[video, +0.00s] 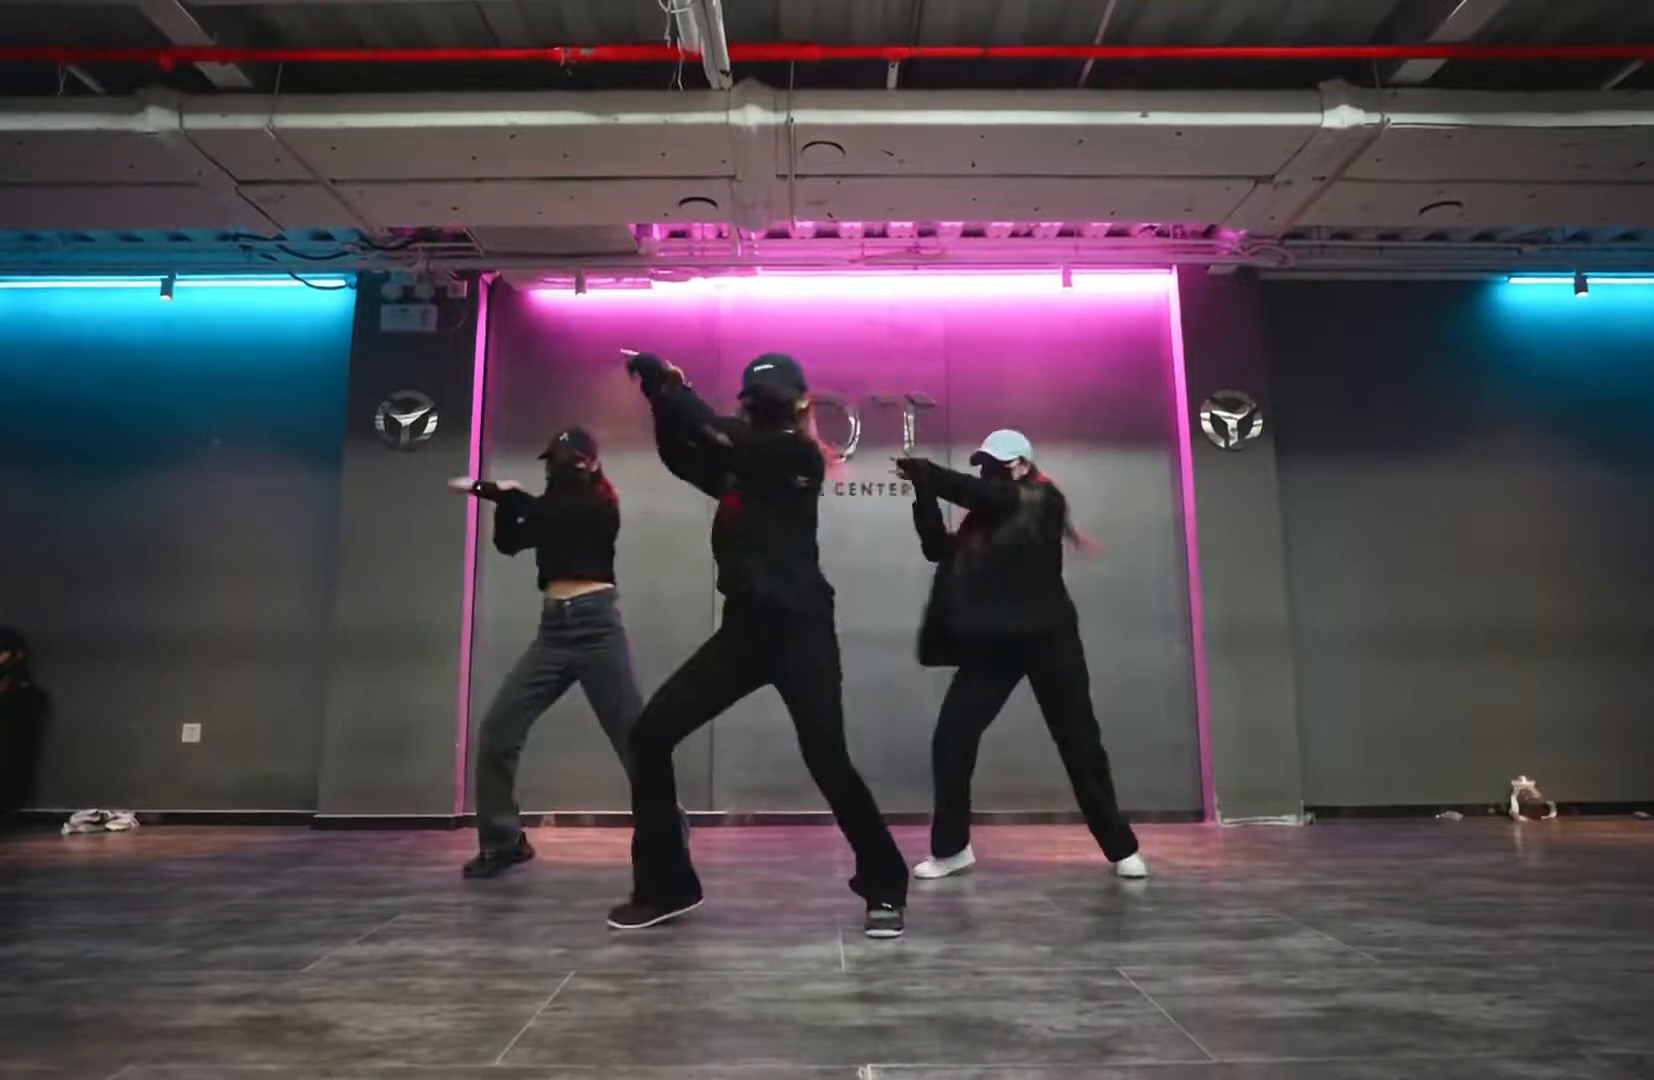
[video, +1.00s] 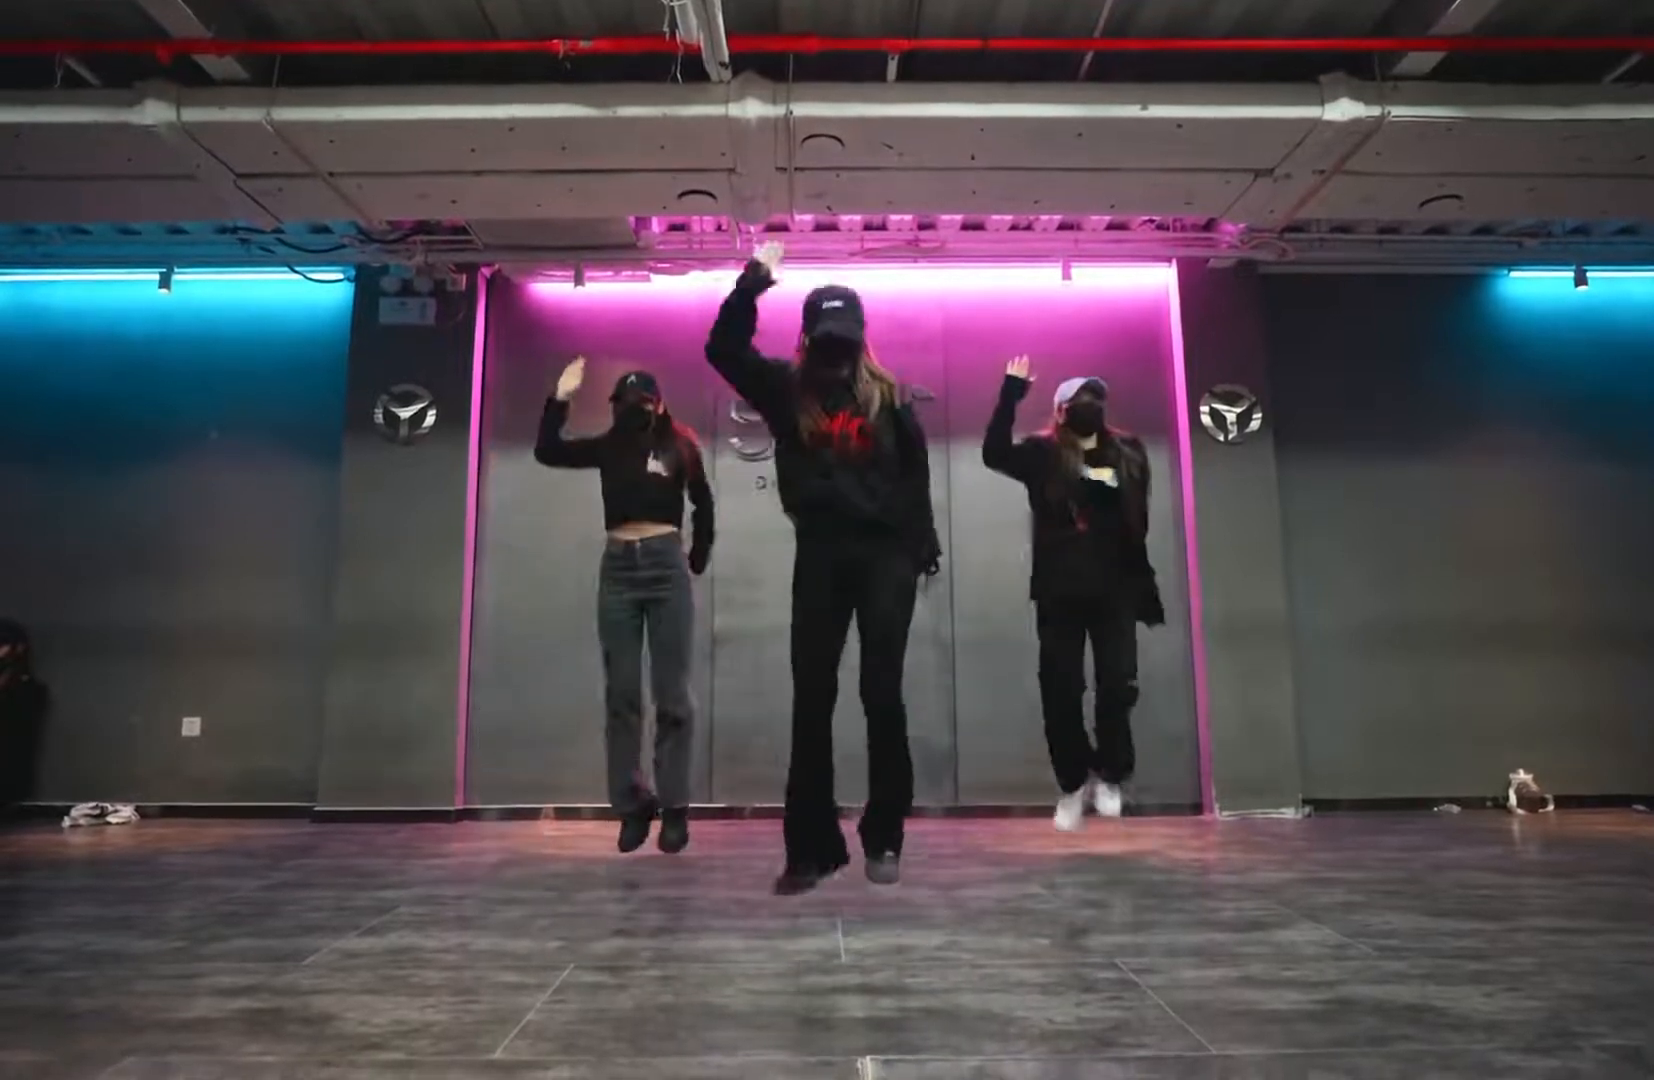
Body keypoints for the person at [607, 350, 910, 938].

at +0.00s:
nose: (748, 407)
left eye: (760, 399)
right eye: (748, 399)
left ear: (785, 401)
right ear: (751, 402)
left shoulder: (800, 454)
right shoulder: (739, 460)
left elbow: (722, 433)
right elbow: (679, 457)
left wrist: (669, 384)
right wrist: (661, 401)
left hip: (800, 630)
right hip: (745, 630)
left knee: (826, 760)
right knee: (649, 738)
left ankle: (887, 888)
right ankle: (666, 887)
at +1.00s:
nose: (834, 355)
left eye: (844, 345)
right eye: (824, 343)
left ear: (861, 341)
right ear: (807, 339)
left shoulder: (889, 401)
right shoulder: (784, 392)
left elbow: (915, 480)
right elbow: (726, 349)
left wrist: (922, 551)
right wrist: (752, 284)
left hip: (887, 559)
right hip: (819, 558)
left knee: (881, 694)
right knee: (812, 699)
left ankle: (884, 839)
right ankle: (812, 850)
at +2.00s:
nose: (830, 369)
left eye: (842, 356)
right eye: (817, 357)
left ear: (858, 360)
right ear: (795, 362)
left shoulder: (864, 437)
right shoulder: (773, 433)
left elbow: (865, 541)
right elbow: (779, 532)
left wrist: (835, 627)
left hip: (859, 632)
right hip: (777, 635)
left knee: (967, 744)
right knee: (693, 765)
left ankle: (993, 913)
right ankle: (660, 898)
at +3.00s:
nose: (825, 365)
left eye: (837, 352)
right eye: (813, 352)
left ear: (855, 355)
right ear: (793, 356)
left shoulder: (888, 428)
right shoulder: (769, 438)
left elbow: (922, 513)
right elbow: (772, 544)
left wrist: (910, 572)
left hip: (875, 626)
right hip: (791, 629)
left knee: (945, 766)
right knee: (734, 769)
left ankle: (1017, 890)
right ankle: (646, 900)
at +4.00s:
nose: (856, 319)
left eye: (868, 307)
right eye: (841, 308)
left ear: (888, 318)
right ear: (818, 320)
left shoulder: (932, 402)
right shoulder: (771, 393)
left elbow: (1021, 394)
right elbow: (693, 414)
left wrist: (1036, 402)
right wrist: (665, 486)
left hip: (898, 620)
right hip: (801, 622)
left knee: (989, 730)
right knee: (735, 752)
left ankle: (1008, 886)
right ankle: (646, 891)